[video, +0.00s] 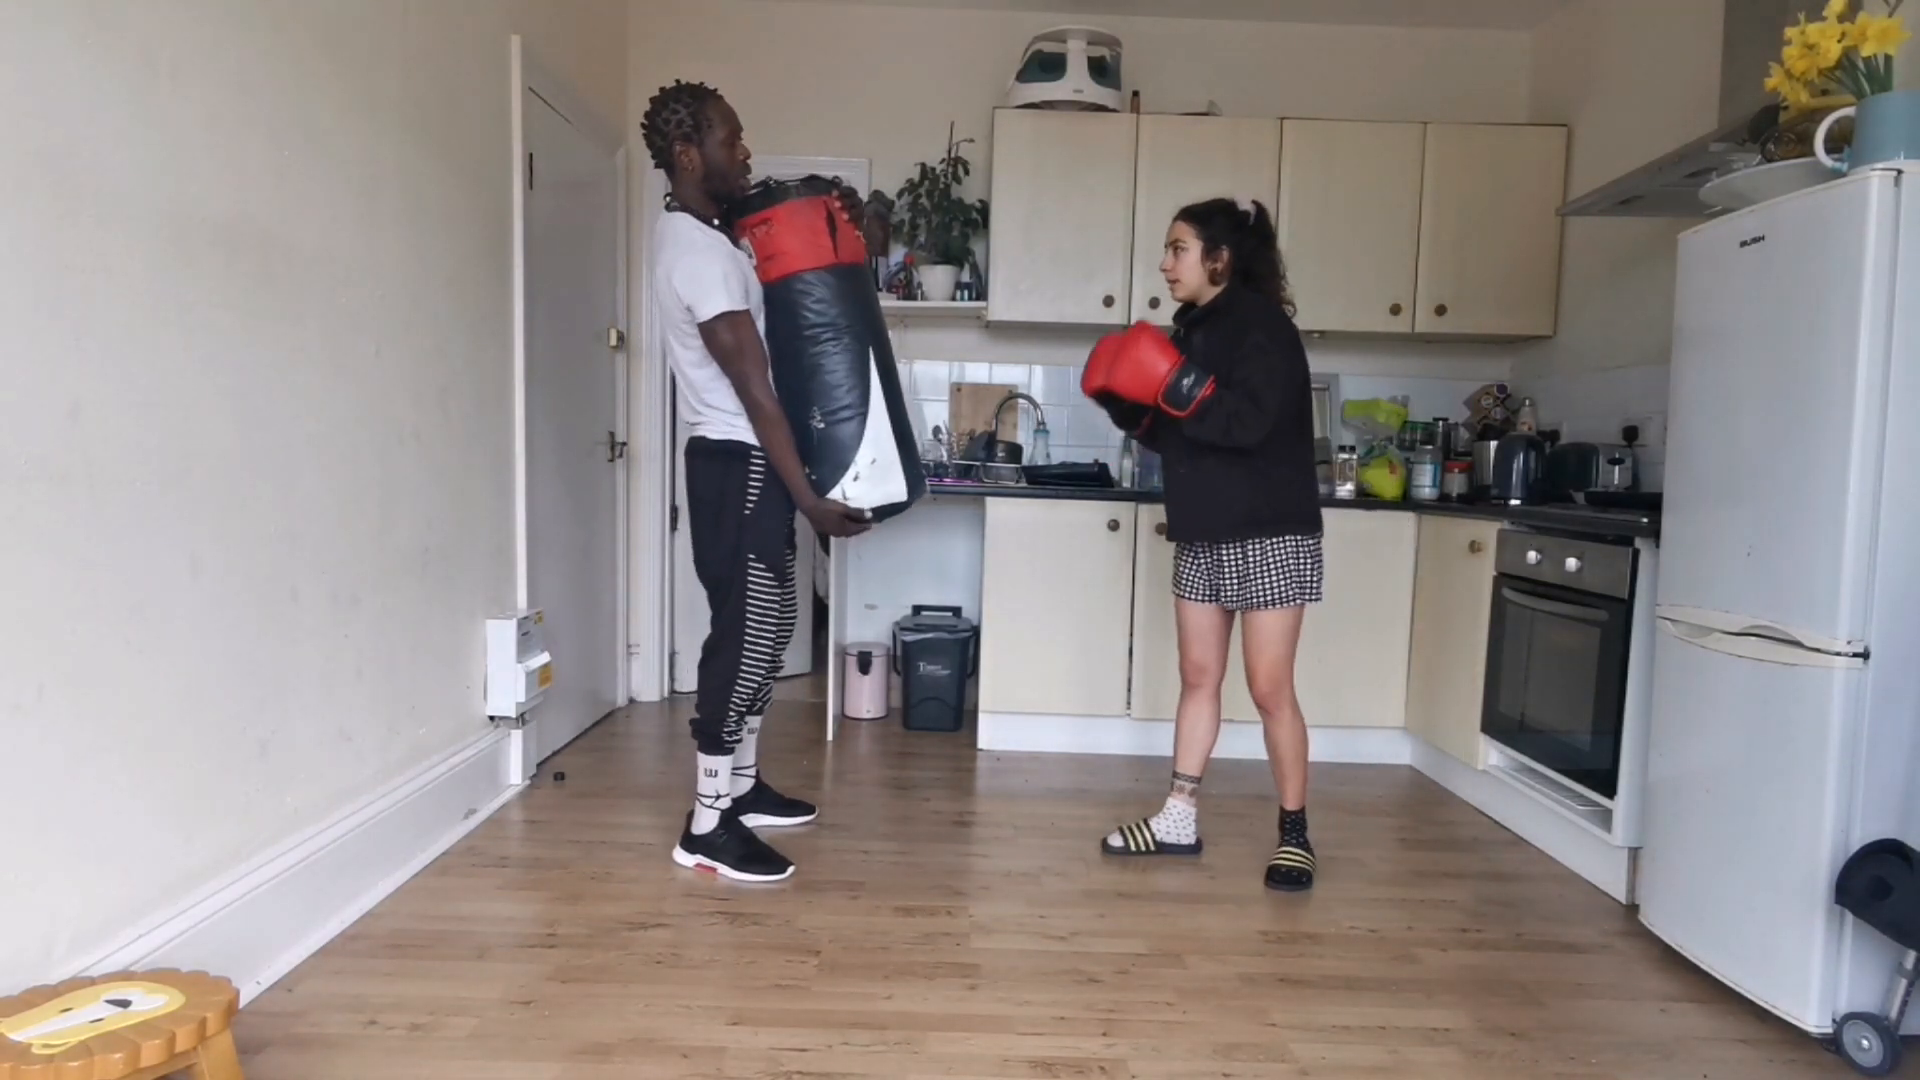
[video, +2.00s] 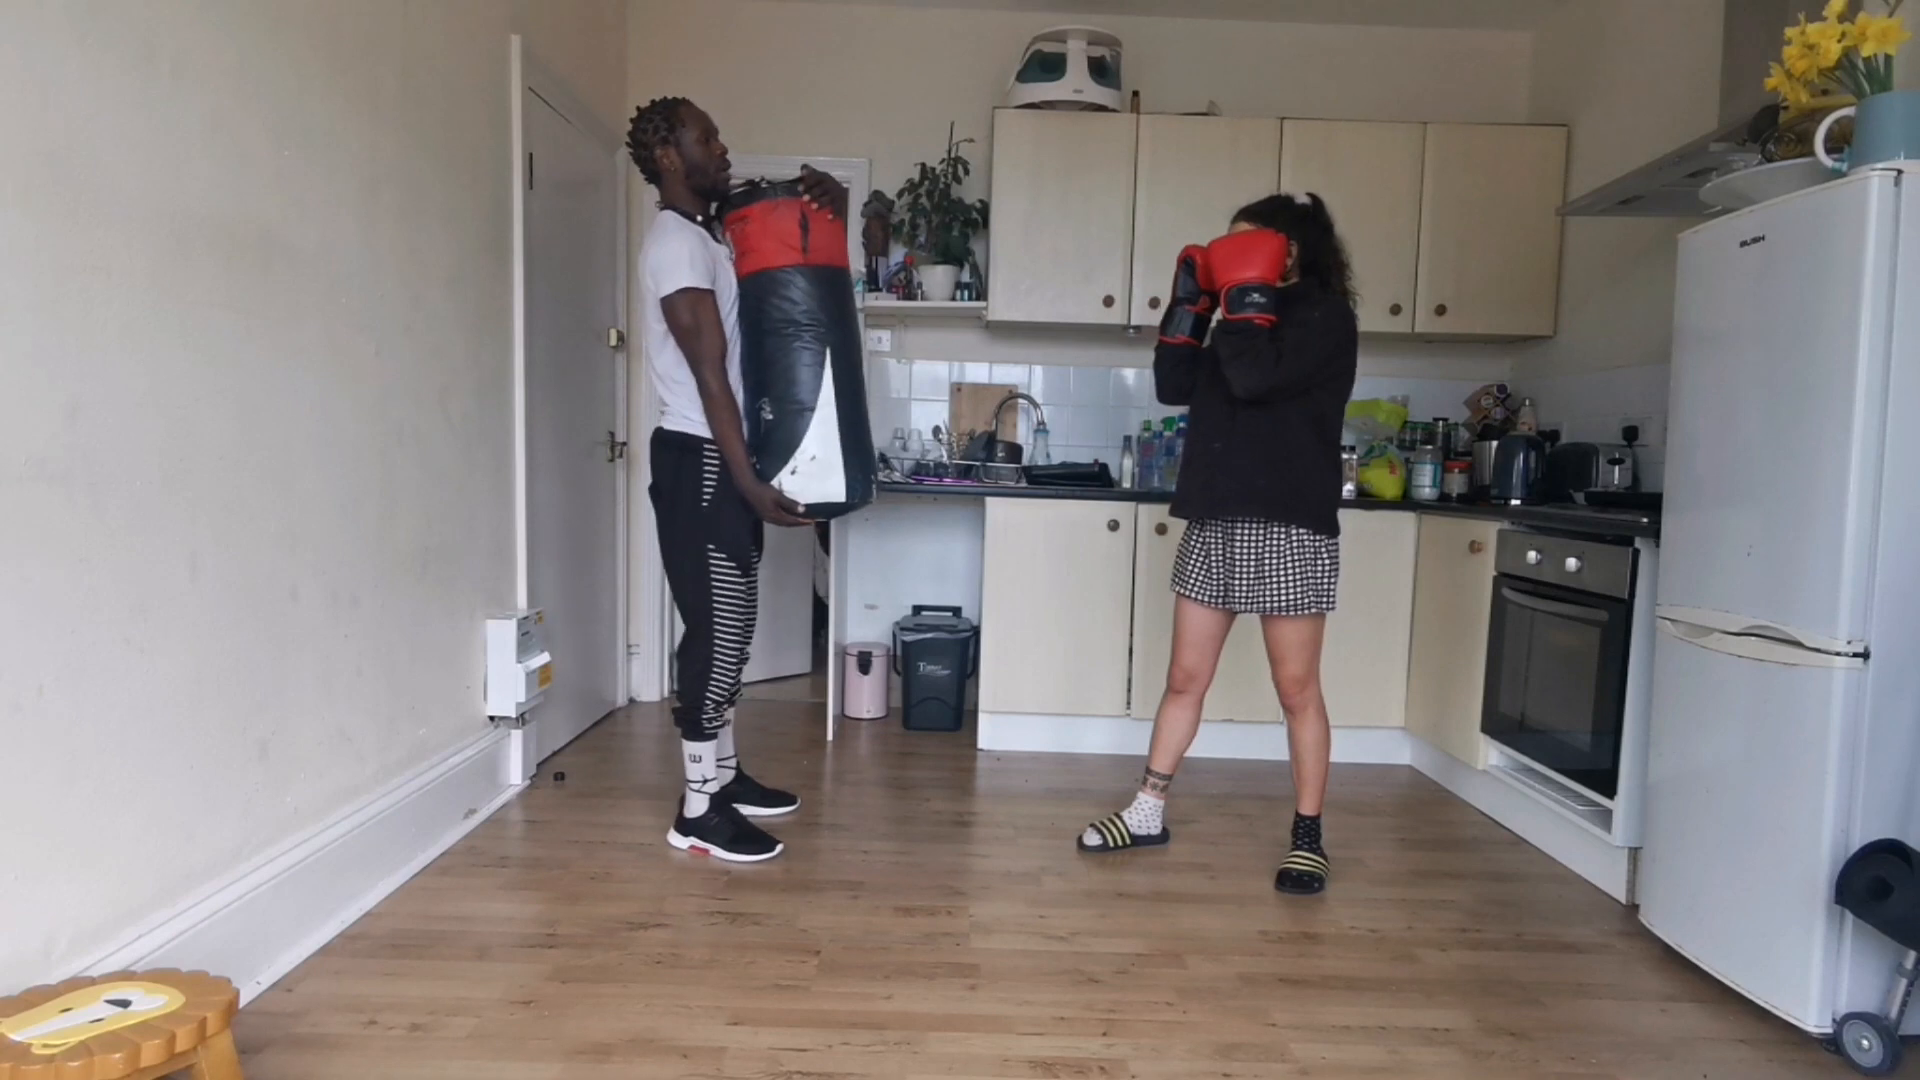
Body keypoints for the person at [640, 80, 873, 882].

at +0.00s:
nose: (746, 154)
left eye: (742, 138)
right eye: (732, 140)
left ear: (689, 154)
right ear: (686, 153)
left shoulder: (700, 235)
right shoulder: (700, 250)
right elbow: (754, 386)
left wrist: (843, 236)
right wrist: (807, 494)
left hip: (740, 453)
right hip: (736, 457)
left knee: (746, 620)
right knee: (763, 622)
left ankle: (736, 786)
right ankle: (709, 820)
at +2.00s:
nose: (723, 150)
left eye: (719, 138)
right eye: (707, 141)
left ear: (681, 156)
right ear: (667, 158)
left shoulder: (713, 231)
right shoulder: (674, 241)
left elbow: (793, 270)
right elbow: (708, 365)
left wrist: (826, 204)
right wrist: (748, 474)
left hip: (725, 451)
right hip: (696, 455)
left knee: (725, 621)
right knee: (722, 624)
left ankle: (720, 774)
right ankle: (699, 806)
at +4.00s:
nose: (742, 167)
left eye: (741, 152)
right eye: (728, 153)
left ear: (697, 162)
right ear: (682, 162)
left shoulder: (718, 244)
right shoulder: (679, 249)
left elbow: (789, 317)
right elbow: (721, 380)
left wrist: (827, 232)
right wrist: (770, 487)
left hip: (745, 453)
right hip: (718, 457)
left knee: (736, 623)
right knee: (729, 626)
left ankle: (728, 775)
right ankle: (702, 805)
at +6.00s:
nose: (750, 171)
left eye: (749, 157)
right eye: (738, 158)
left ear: (702, 166)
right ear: (692, 164)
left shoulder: (719, 245)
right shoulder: (684, 248)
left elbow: (780, 333)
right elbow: (725, 381)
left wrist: (831, 240)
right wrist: (770, 489)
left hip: (744, 453)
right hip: (717, 457)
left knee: (745, 623)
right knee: (729, 627)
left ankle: (736, 778)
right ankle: (701, 805)